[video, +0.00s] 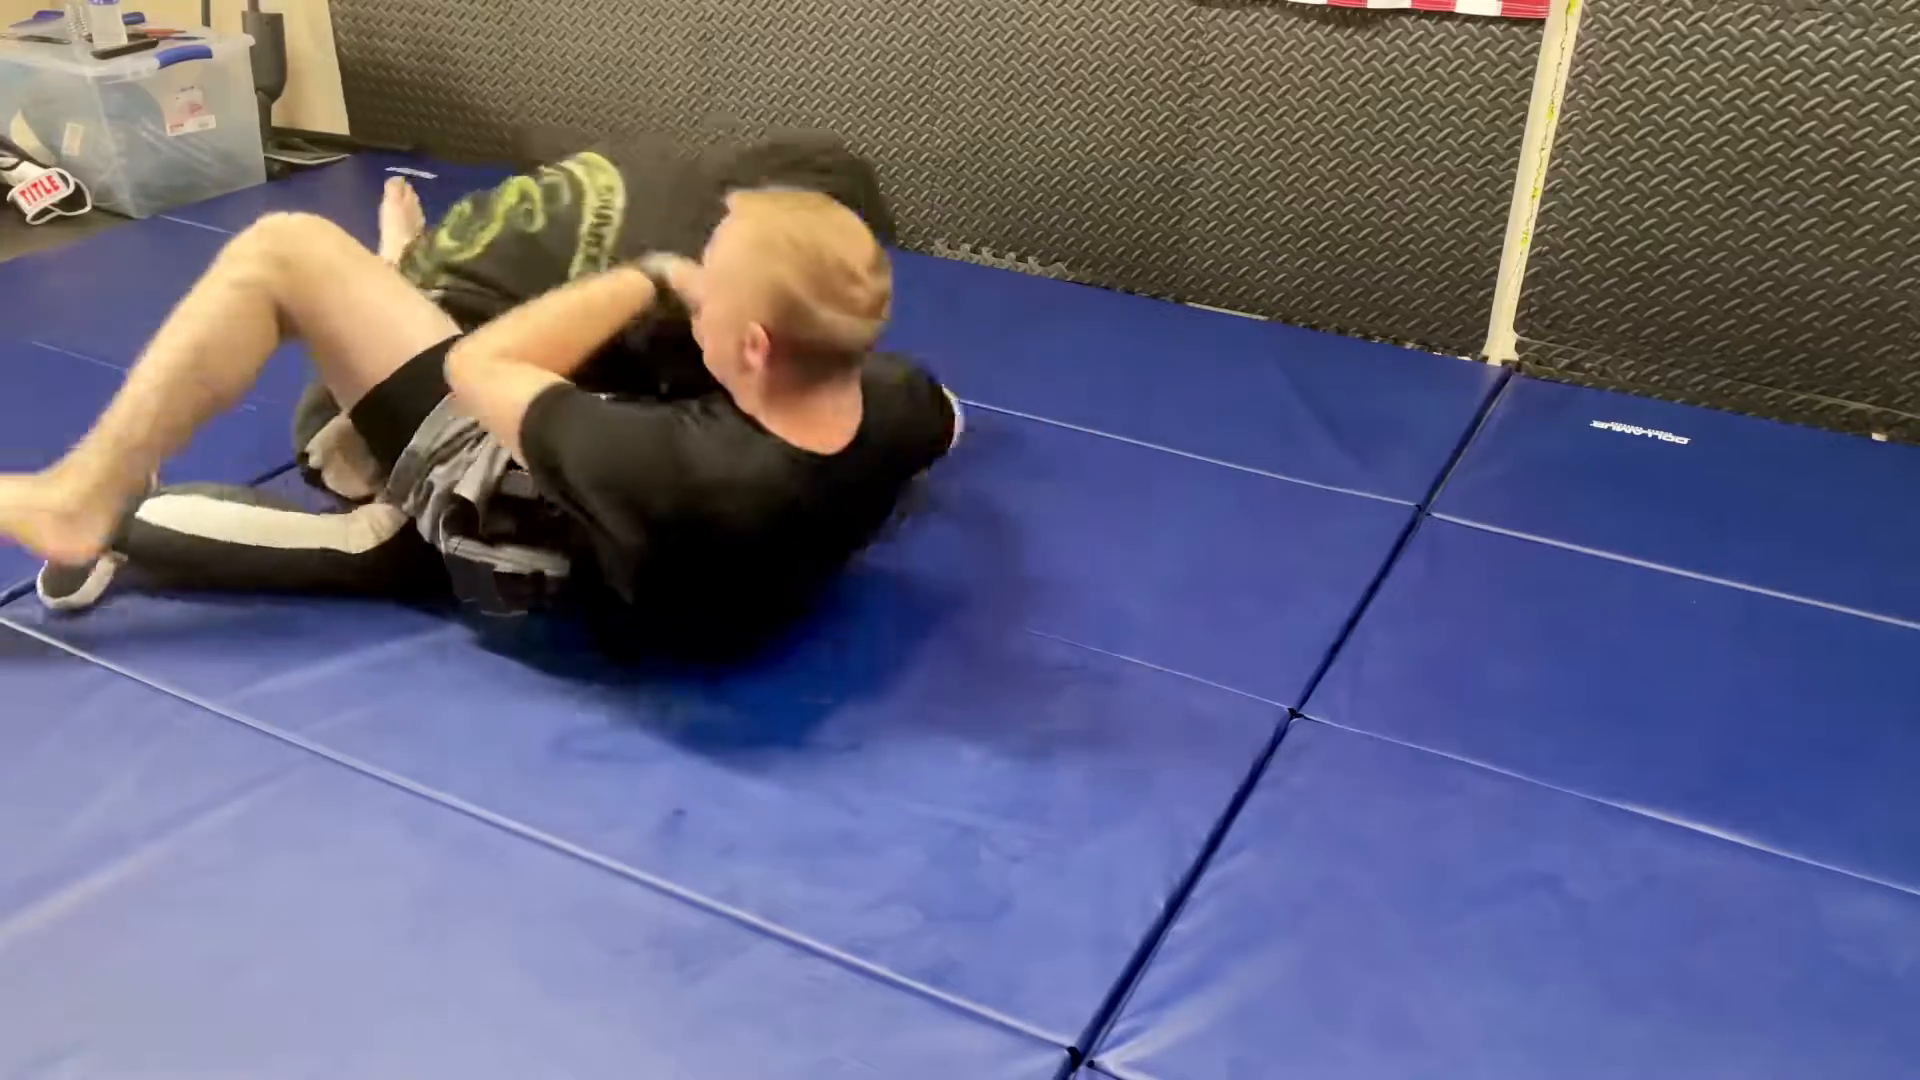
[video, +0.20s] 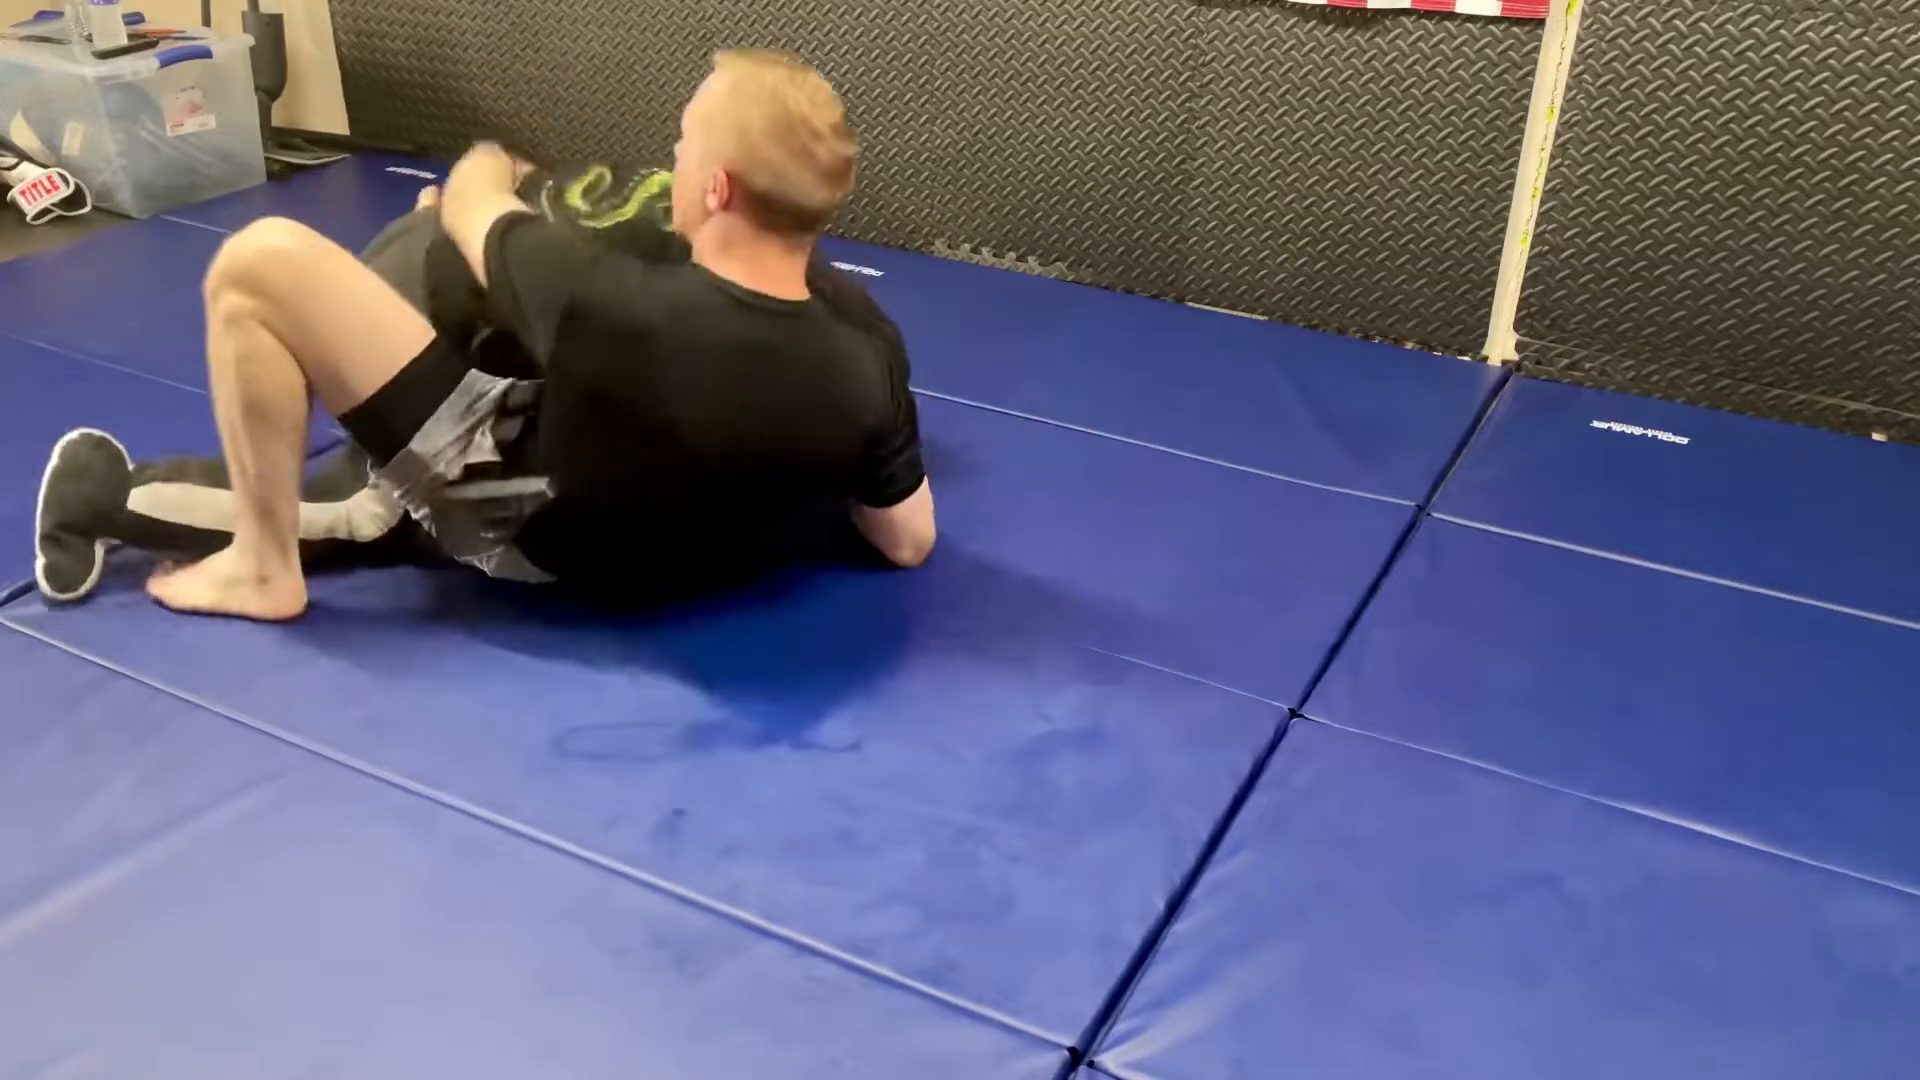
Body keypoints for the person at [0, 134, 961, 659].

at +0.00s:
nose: (691, 282)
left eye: (708, 284)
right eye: (710, 265)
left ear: (749, 346)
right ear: (854, 335)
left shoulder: (670, 471)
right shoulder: (914, 409)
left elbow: (482, 365)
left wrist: (649, 282)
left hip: (572, 558)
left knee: (288, 245)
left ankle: (80, 502)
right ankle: (397, 291)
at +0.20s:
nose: (677, 153)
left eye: (690, 142)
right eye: (689, 136)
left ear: (713, 191)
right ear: (824, 203)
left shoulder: (611, 301)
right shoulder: (864, 345)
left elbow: (471, 206)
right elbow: (910, 542)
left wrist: (495, 165)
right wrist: (822, 442)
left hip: (556, 536)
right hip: (694, 543)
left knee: (258, 266)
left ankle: (263, 564)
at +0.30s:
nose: (745, 133)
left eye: (758, 117)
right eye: (761, 116)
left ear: (779, 147)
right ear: (886, 191)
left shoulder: (643, 246)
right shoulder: (899, 371)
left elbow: (514, 201)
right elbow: (891, 528)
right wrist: (803, 437)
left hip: (514, 512)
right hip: (647, 552)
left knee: (254, 244)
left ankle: (254, 532)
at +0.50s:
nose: (819, 118)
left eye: (825, 103)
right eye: (826, 106)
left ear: (849, 109)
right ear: (936, 172)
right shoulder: (933, 327)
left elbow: (531, 150)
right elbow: (896, 518)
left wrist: (587, 205)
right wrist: (804, 423)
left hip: (556, 505)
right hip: (663, 572)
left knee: (307, 247)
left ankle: (229, 536)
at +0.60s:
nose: (817, 96)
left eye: (831, 87)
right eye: (826, 87)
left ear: (869, 92)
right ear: (951, 151)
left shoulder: (842, 131)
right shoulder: (962, 305)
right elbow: (918, 527)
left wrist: (573, 139)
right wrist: (837, 424)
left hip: (636, 492)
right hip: (728, 568)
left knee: (328, 307)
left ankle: (198, 555)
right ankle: (218, 505)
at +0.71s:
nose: (784, 134)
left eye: (806, 106)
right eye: (793, 109)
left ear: (881, 106)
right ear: (916, 131)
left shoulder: (875, 160)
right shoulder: (954, 296)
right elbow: (937, 526)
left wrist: (616, 231)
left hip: (734, 533)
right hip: (780, 561)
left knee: (375, 376)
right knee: (444, 472)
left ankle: (195, 615)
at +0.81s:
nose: (770, 144)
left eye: (795, 115)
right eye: (771, 122)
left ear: (888, 125)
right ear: (868, 130)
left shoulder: (897, 195)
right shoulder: (891, 239)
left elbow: (864, 364)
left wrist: (666, 401)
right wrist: (666, 387)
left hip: (804, 570)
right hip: (770, 549)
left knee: (458, 445)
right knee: (507, 432)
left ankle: (207, 722)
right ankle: (310, 431)